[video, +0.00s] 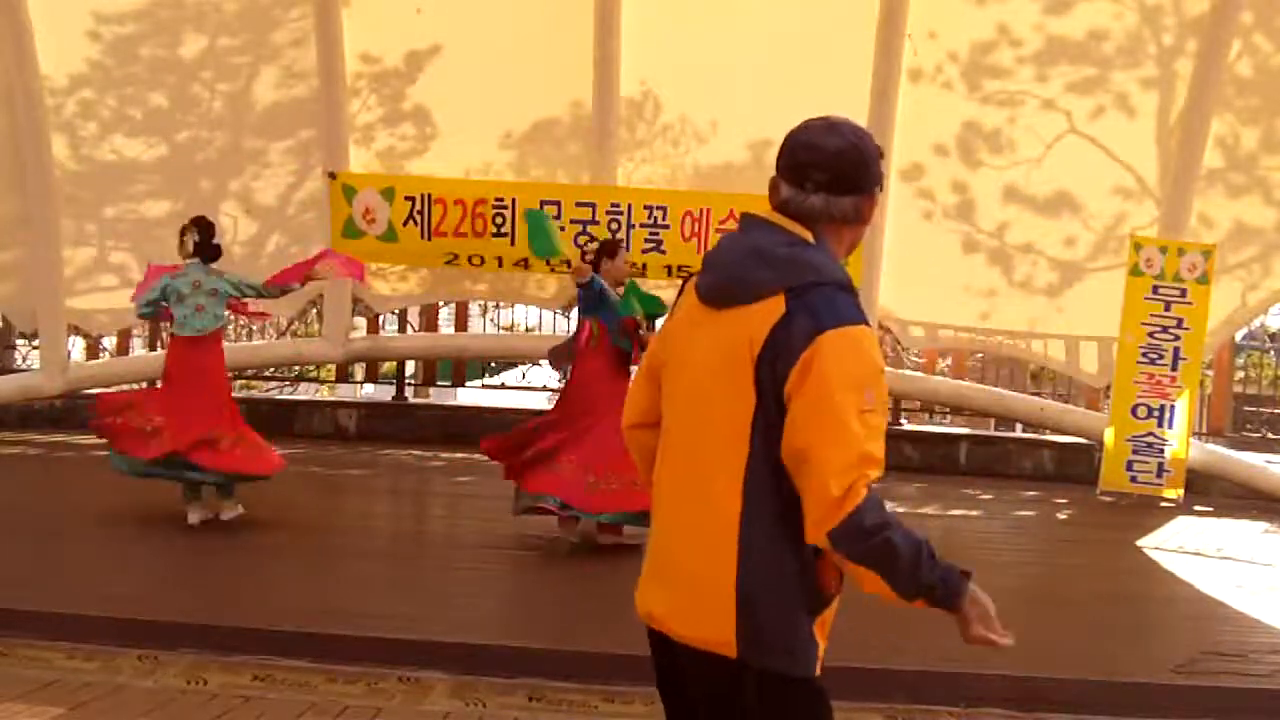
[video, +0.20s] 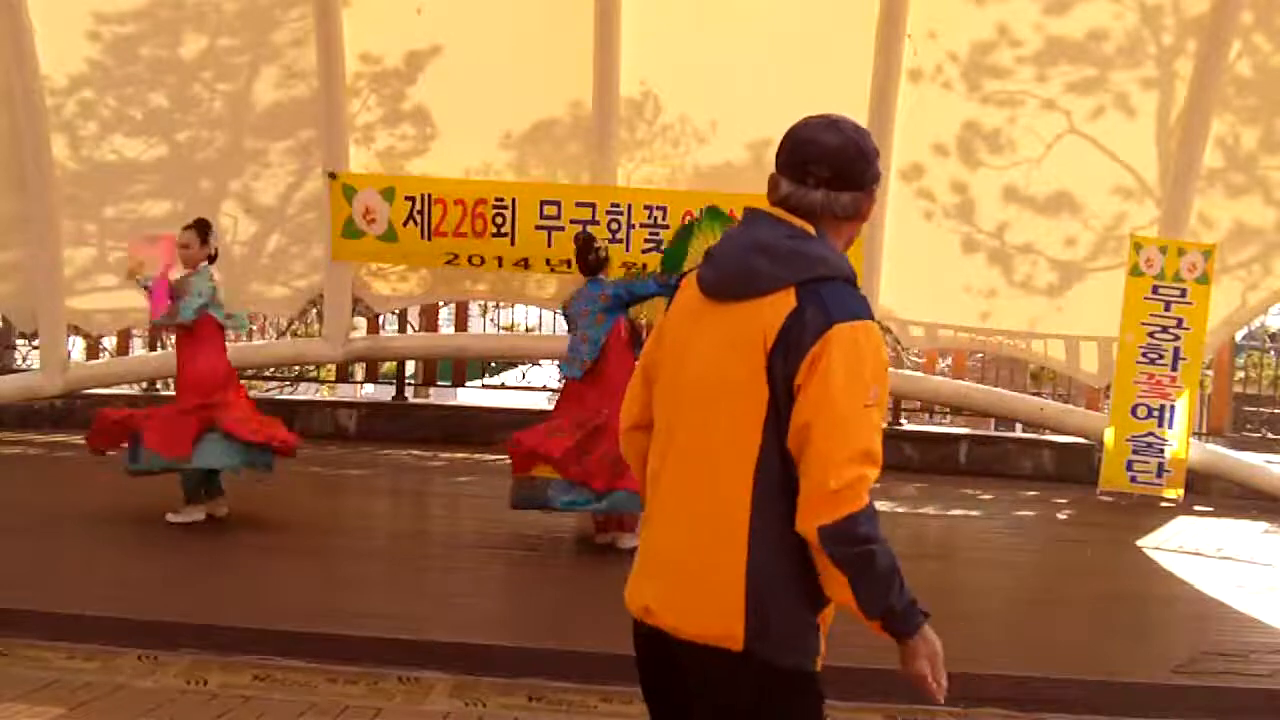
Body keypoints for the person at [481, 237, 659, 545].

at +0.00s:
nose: (629, 267)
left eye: (628, 262)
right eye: (624, 261)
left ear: (613, 265)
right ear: (606, 263)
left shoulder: (622, 299)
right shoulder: (596, 291)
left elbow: (636, 341)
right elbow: (586, 280)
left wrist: (643, 334)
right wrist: (581, 270)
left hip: (614, 379)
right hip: (593, 379)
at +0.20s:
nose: (607, 261)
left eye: (601, 258)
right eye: (606, 258)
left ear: (581, 266)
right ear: (605, 263)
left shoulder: (573, 302)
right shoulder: (611, 292)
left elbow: (584, 337)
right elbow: (653, 284)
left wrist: (629, 332)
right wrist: (686, 280)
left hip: (585, 379)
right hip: (615, 379)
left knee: (597, 448)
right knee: (622, 447)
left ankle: (604, 525)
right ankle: (625, 530)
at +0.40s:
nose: (567, 268)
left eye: (572, 264)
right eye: (569, 262)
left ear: (585, 268)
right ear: (604, 266)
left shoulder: (571, 302)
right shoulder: (620, 295)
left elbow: (553, 345)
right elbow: (652, 280)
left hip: (585, 381)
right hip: (617, 378)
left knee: (584, 445)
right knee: (609, 444)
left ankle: (598, 520)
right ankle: (607, 520)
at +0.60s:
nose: (580, 269)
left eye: (588, 264)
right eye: (580, 263)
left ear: (607, 269)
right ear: (577, 264)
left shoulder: (608, 300)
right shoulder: (579, 297)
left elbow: (598, 343)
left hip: (592, 379)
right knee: (559, 434)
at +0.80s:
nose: (609, 272)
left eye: (615, 265)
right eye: (603, 266)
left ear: (626, 264)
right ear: (592, 267)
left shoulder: (640, 294)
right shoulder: (583, 290)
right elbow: (536, 284)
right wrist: (489, 272)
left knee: (604, 453)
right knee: (568, 446)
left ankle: (587, 525)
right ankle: (560, 522)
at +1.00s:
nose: (618, 268)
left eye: (617, 261)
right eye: (615, 261)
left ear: (593, 262)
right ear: (601, 262)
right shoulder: (596, 297)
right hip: (588, 381)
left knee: (577, 456)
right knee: (590, 455)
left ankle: (576, 527)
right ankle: (582, 528)